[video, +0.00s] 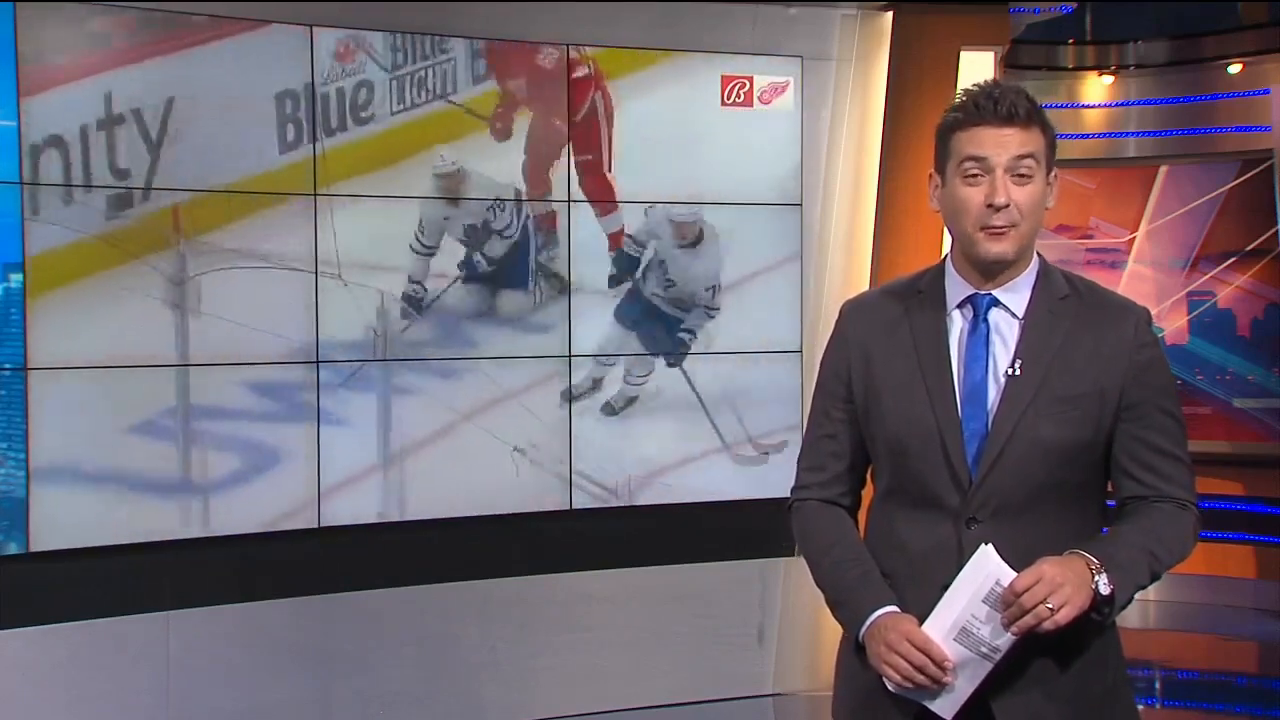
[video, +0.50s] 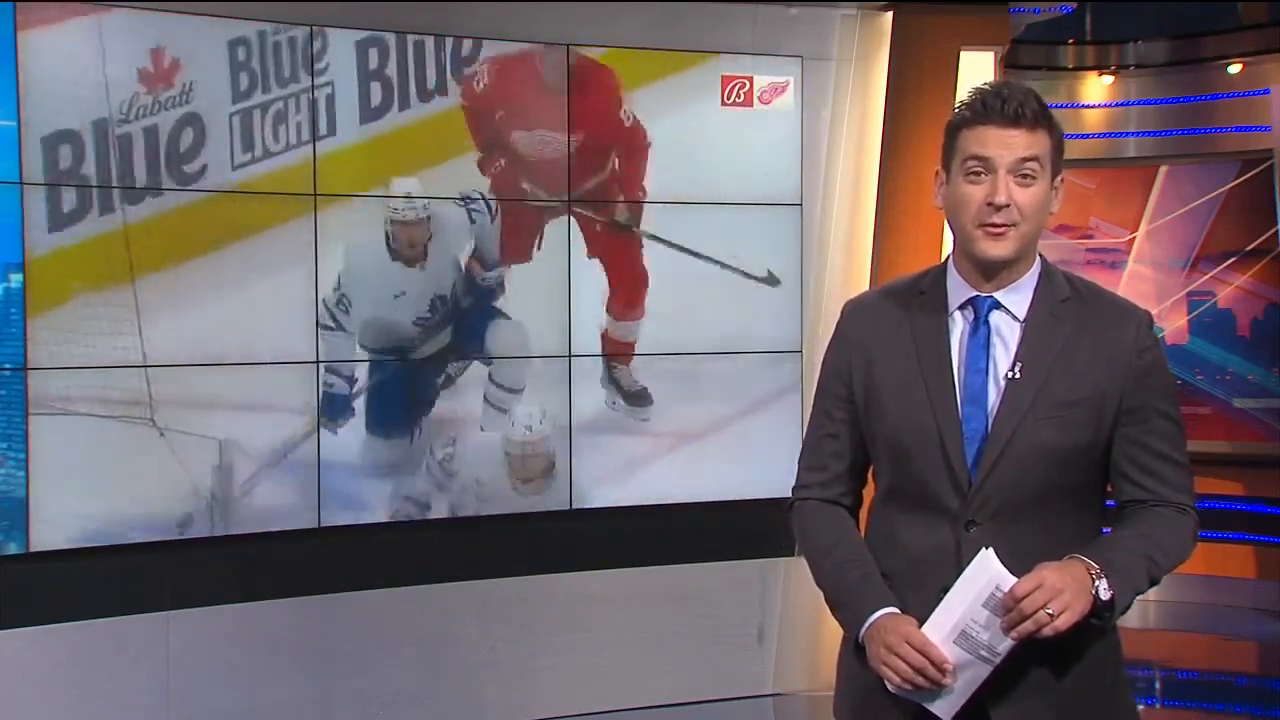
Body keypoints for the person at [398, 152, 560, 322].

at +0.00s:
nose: (448, 185)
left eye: (452, 178)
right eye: (442, 180)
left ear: (462, 176)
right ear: (435, 181)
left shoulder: (485, 190)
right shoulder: (432, 203)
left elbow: (509, 232)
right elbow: (422, 249)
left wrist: (485, 259)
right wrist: (414, 288)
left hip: (515, 235)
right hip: (478, 245)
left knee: (510, 309)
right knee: (465, 305)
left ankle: (547, 284)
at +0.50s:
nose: (412, 237)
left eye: (419, 227)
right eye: (403, 229)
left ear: (430, 223)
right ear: (388, 229)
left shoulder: (451, 223)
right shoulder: (362, 266)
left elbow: (483, 206)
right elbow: (334, 325)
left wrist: (491, 271)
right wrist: (336, 389)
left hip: (454, 323)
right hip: (398, 355)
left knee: (511, 340)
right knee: (383, 458)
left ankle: (493, 437)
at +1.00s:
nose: (318, 272)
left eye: (325, 258)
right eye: (307, 261)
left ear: (338, 248)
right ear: (291, 260)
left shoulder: (371, 242)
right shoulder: (277, 304)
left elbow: (421, 240)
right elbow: (244, 373)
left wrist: (407, 304)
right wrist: (225, 441)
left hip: (368, 331)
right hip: (306, 350)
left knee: (393, 416)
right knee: (312, 434)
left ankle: (383, 506)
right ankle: (312, 462)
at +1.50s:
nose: (125, 198)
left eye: (130, 187)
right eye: (115, 190)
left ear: (143, 181)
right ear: (103, 191)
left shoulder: (182, 197)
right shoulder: (91, 230)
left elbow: (229, 209)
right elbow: (86, 292)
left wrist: (218, 260)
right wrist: (79, 343)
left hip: (206, 281)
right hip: (145, 294)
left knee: (248, 360)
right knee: (136, 379)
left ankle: (297, 423)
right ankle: (164, 468)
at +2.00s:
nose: (204, 99)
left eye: (209, 91)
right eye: (197, 94)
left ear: (216, 88)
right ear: (186, 93)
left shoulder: (238, 100)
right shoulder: (171, 117)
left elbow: (270, 109)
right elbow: (159, 159)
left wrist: (270, 145)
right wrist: (156, 196)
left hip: (245, 168)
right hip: (196, 173)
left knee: (268, 233)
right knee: (179, 234)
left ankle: (289, 297)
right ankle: (174, 300)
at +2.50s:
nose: (189, 57)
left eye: (193, 50)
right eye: (183, 51)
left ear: (199, 47)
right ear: (169, 50)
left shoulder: (208, 58)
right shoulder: (148, 74)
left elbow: (222, 74)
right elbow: (120, 116)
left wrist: (228, 104)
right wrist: (117, 158)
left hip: (191, 135)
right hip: (150, 141)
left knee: (217, 197)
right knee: (144, 207)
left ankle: (237, 257)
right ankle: (130, 271)